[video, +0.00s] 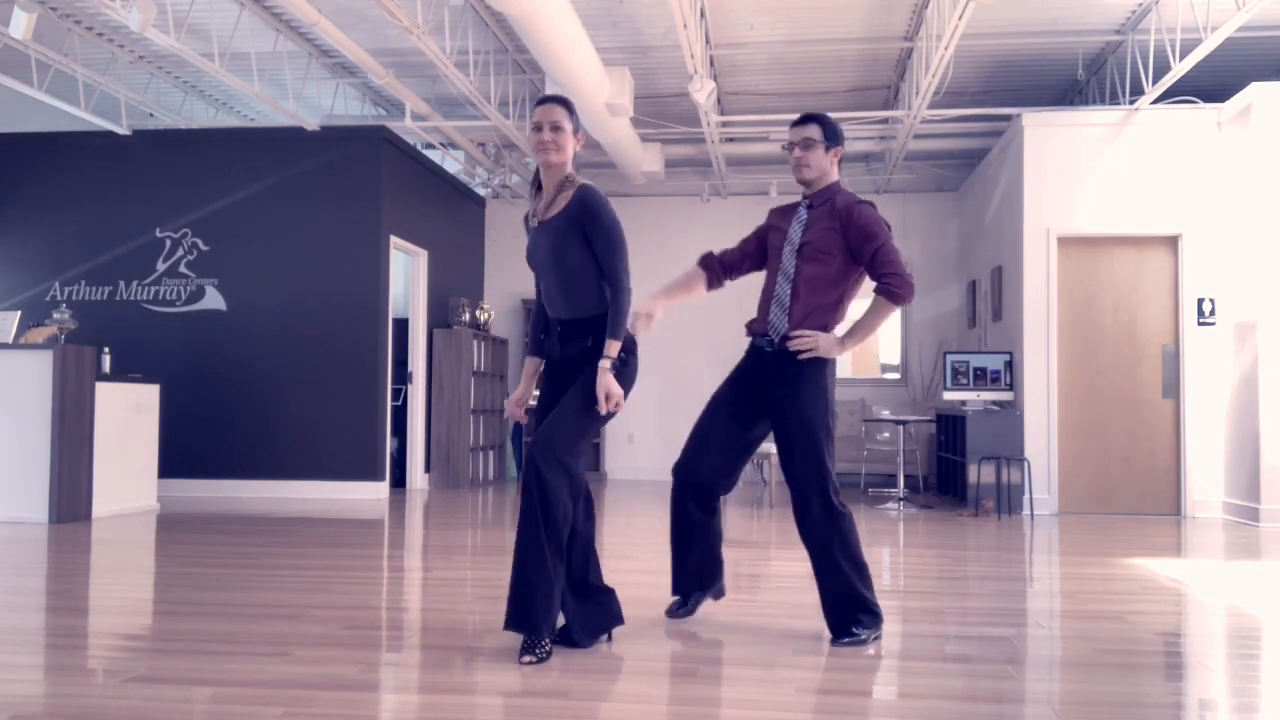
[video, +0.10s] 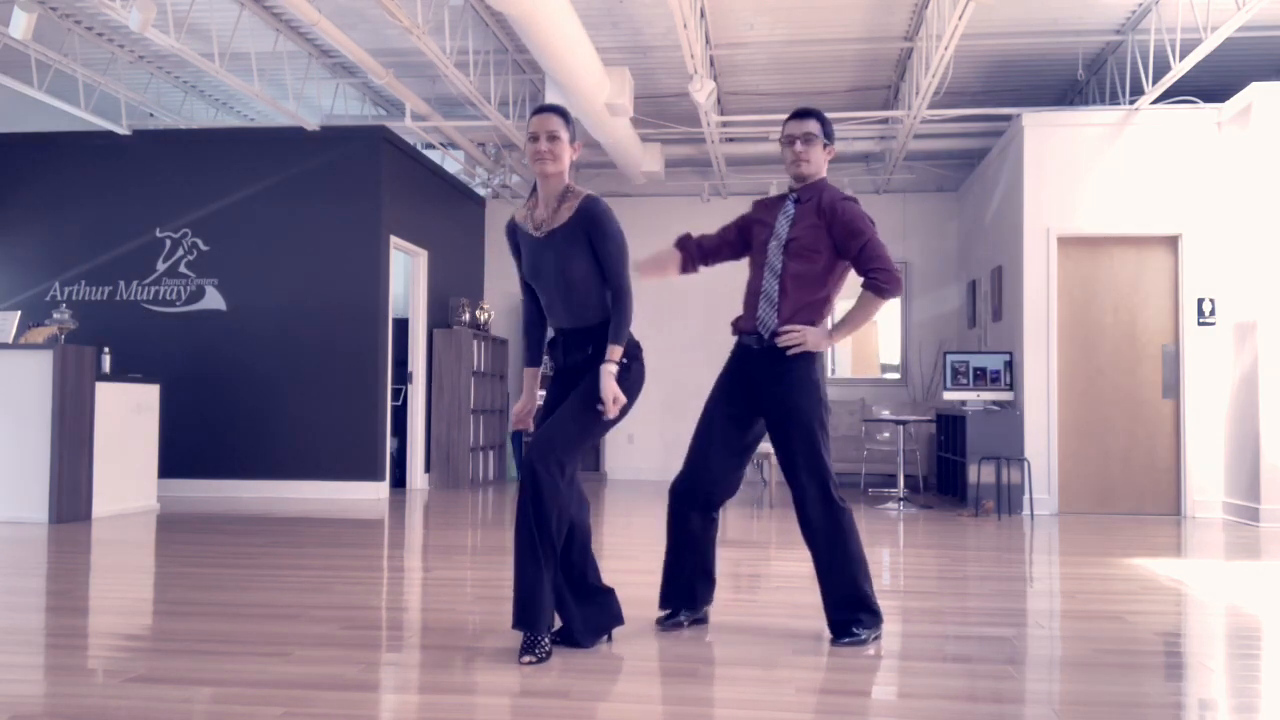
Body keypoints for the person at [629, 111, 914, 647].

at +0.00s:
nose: (795, 154)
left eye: (806, 146)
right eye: (791, 147)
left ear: (835, 154)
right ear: (789, 157)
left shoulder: (854, 213)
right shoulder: (782, 220)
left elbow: (897, 286)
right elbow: (721, 267)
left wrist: (845, 342)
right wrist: (659, 299)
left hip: (805, 365)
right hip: (757, 361)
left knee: (815, 492)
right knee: (694, 474)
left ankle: (857, 618)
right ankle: (698, 579)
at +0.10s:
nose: (797, 149)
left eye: (807, 141)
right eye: (789, 142)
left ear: (829, 152)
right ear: (780, 151)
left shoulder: (838, 208)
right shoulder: (765, 212)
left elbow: (885, 279)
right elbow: (700, 250)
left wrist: (831, 336)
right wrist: (630, 271)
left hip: (794, 363)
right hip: (745, 360)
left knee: (815, 490)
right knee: (694, 487)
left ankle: (856, 618)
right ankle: (688, 602)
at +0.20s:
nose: (792, 146)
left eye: (804, 139)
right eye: (784, 138)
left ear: (820, 150)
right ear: (771, 146)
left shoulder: (825, 208)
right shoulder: (744, 201)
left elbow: (876, 278)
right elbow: (670, 229)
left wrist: (813, 316)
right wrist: (597, 248)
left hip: (778, 359)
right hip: (727, 357)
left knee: (807, 483)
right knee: (695, 482)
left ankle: (853, 613)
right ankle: (690, 604)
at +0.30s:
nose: (785, 145)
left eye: (796, 137)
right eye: (776, 135)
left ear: (810, 148)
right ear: (762, 142)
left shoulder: (813, 206)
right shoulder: (730, 191)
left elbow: (859, 284)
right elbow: (656, 216)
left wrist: (794, 316)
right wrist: (587, 231)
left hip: (762, 356)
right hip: (709, 351)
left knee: (783, 473)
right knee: (684, 480)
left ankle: (833, 592)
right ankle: (691, 604)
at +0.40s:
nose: (778, 151)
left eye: (789, 143)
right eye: (768, 141)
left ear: (803, 152)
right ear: (754, 147)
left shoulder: (811, 218)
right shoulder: (723, 195)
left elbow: (851, 297)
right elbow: (651, 218)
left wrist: (786, 336)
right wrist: (597, 225)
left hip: (748, 355)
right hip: (695, 348)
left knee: (748, 459)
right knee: (676, 472)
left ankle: (775, 550)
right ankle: (688, 600)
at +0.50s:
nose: (772, 162)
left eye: (783, 154)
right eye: (763, 152)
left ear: (798, 161)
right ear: (749, 157)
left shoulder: (808, 227)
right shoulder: (720, 206)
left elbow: (844, 309)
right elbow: (651, 226)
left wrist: (781, 351)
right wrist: (595, 211)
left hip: (740, 365)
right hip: (689, 353)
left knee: (718, 477)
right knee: (667, 479)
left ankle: (724, 580)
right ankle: (682, 599)